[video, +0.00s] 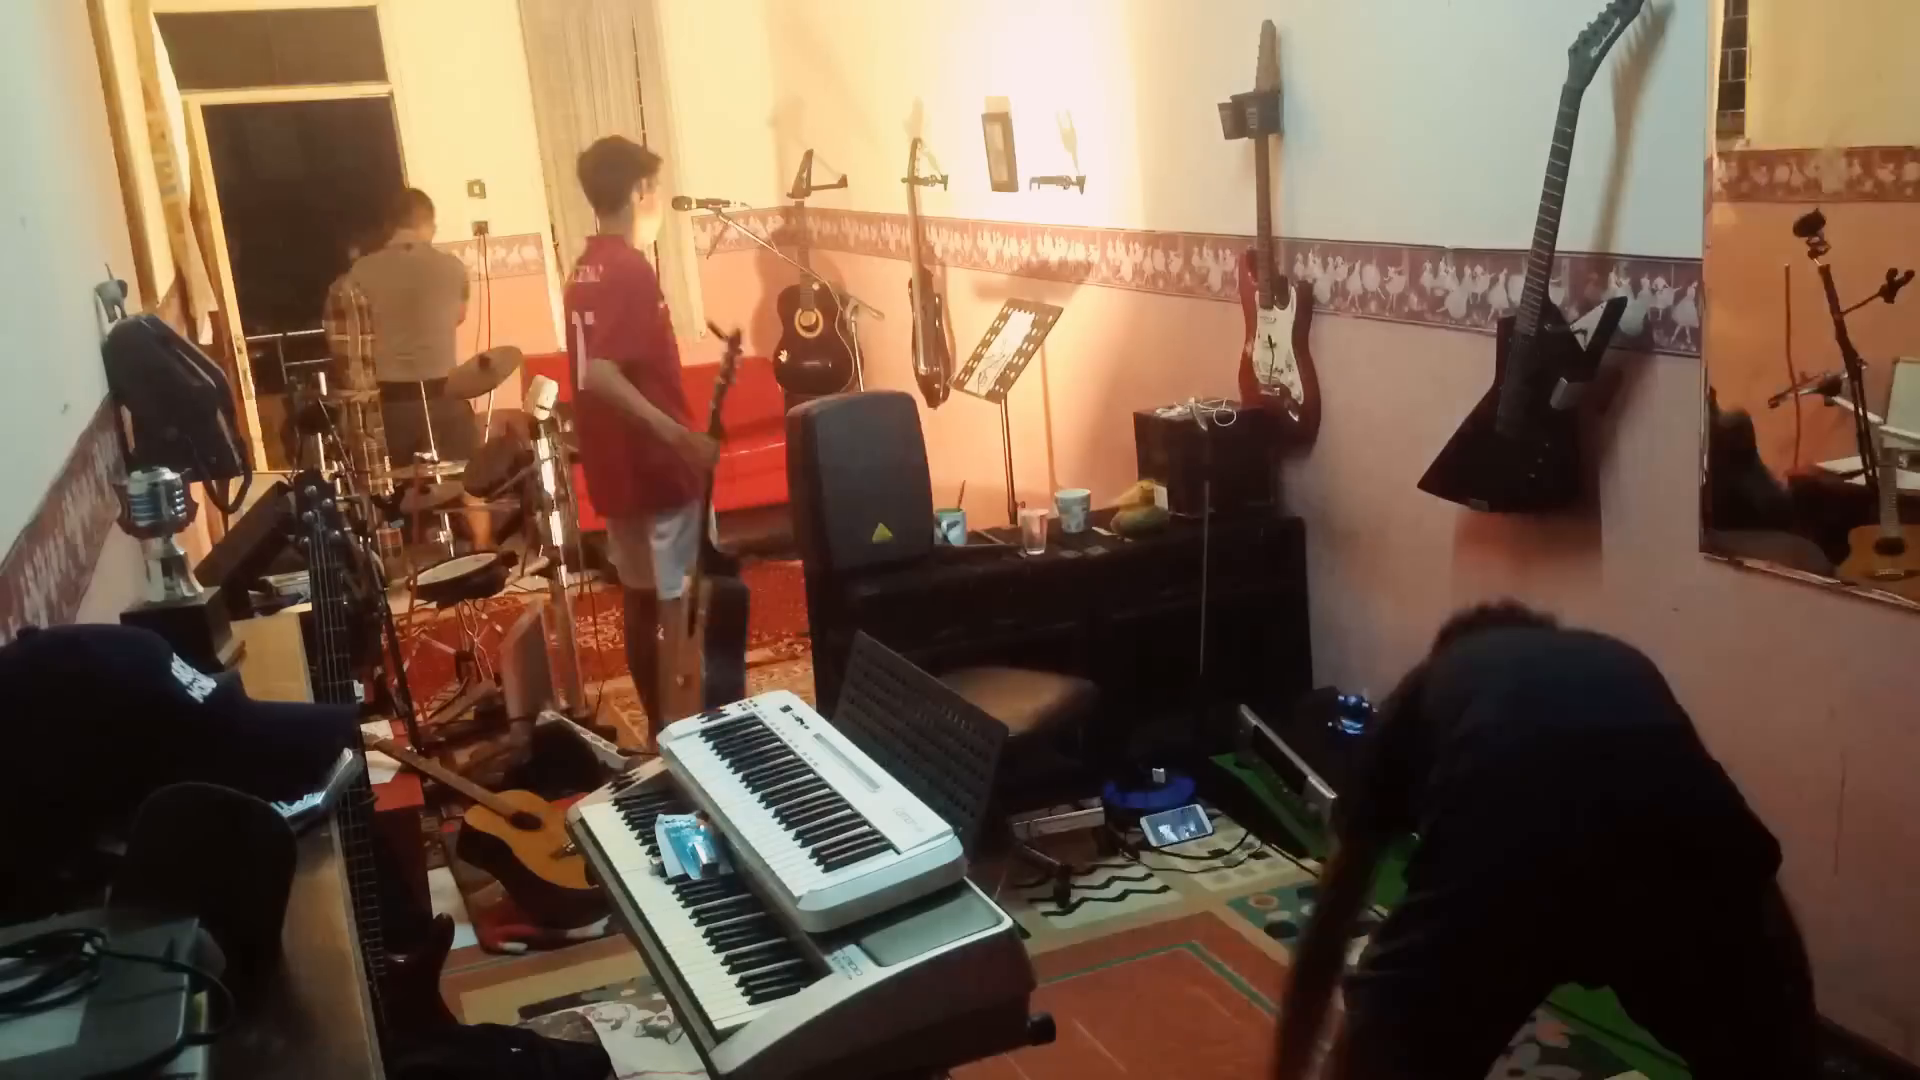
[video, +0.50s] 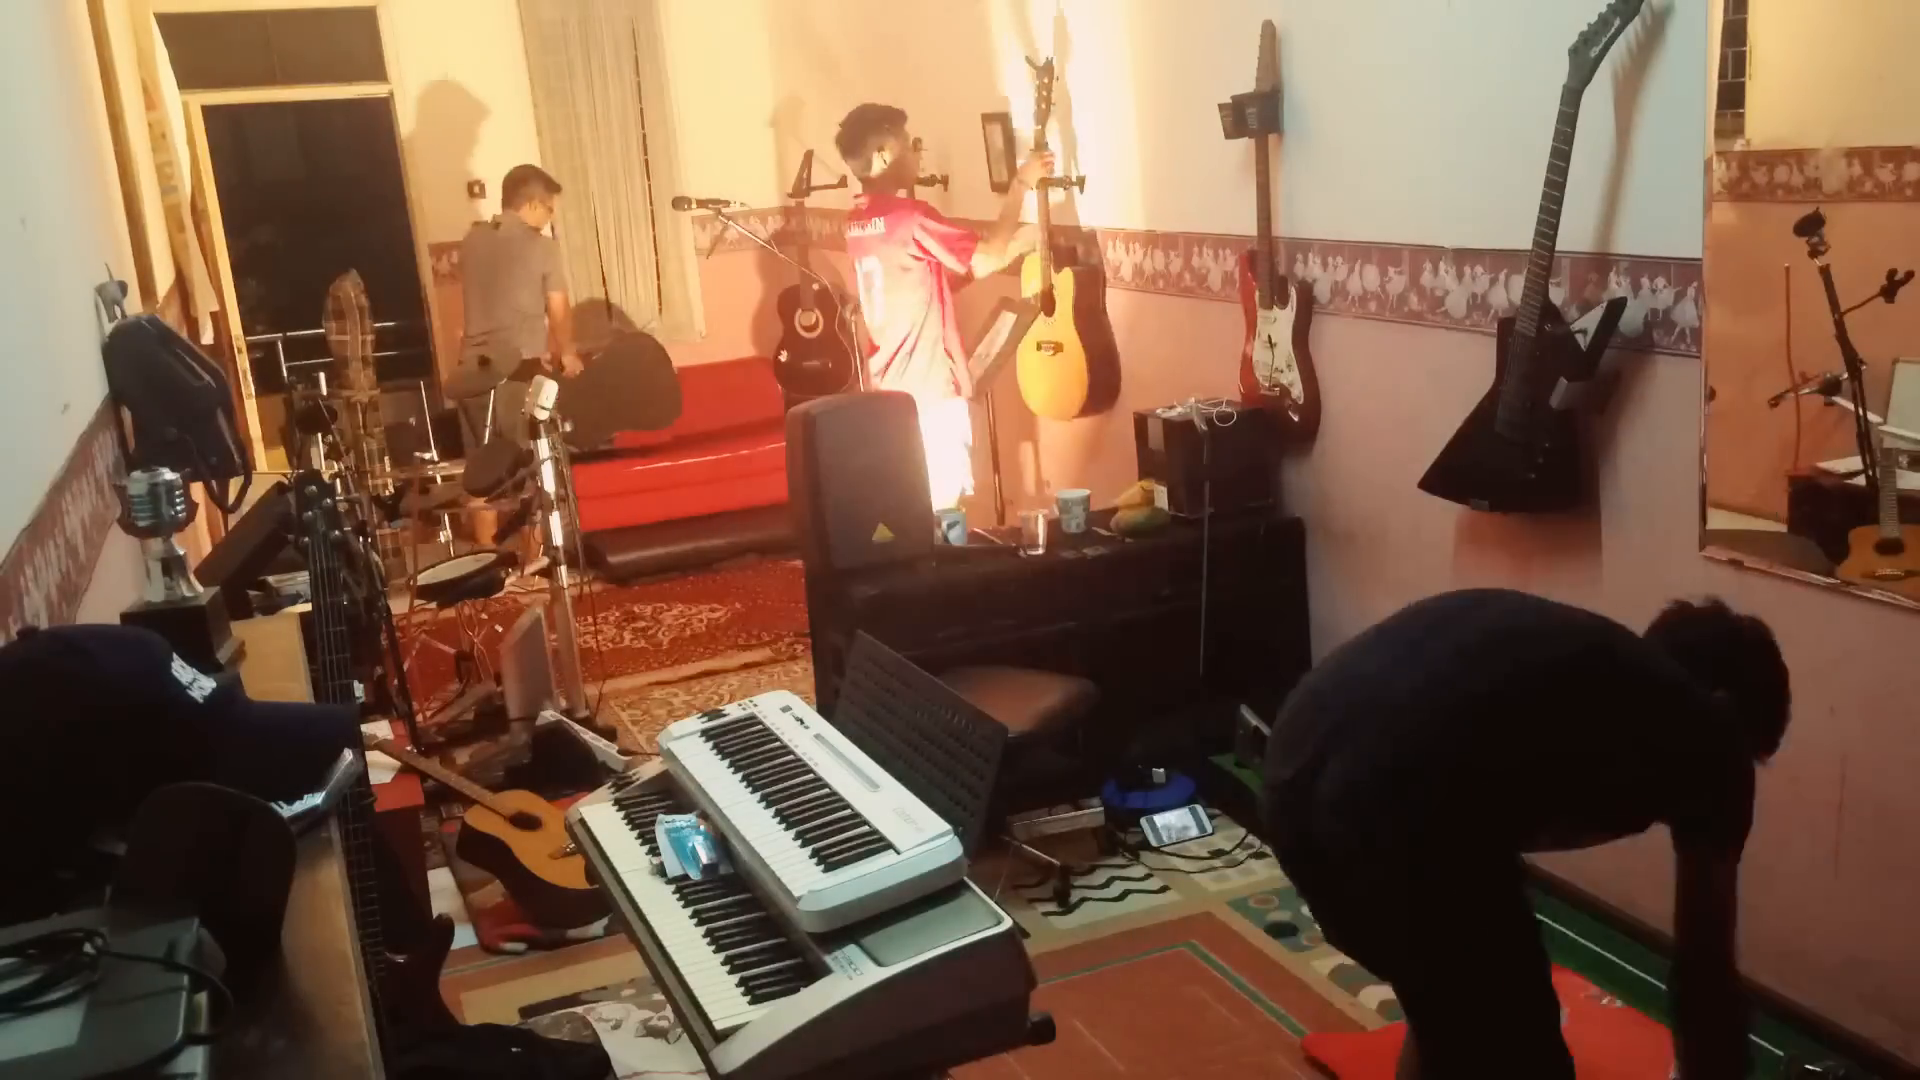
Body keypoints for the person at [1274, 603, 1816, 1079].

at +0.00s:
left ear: (1445, 652)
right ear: (1543, 635)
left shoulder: (1427, 687)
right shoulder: (1623, 662)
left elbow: (1335, 912)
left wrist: (1290, 1063)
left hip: (1495, 896)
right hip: (1689, 891)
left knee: (1389, 1057)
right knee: (1769, 1055)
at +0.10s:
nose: (1621, 494)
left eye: (1626, 473)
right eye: (1621, 473)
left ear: (1490, 453)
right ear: (1595, 471)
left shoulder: (1379, 523)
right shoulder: (1595, 563)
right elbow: (1729, 784)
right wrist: (1825, 834)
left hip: (1281, 831)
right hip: (1429, 842)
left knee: (1340, 1049)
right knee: (1581, 1062)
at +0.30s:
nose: (1860, 706)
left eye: (1881, 685)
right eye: (1874, 676)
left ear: (1788, 587)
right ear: (1832, 637)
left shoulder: (1673, 618)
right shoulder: (1669, 687)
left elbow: (1591, 824)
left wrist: (1747, 945)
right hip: (1320, 801)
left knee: (1456, 1044)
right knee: (1454, 1057)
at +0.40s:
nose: (1725, 574)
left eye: (1736, 557)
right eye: (1734, 554)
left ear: (1631, 493)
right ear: (1715, 536)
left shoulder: (1532, 530)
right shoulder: (1683, 607)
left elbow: (1415, 650)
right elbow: (1733, 833)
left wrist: (1498, 780)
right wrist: (1836, 907)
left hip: (1271, 750)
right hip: (1377, 786)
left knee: (1415, 1016)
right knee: (1504, 1043)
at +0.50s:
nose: (1747, 769)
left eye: (1757, 755)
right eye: (1749, 750)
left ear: (1661, 653)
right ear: (1730, 711)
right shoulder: (1708, 741)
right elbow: (1704, 977)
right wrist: (1714, 1068)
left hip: (1296, 779)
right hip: (1416, 818)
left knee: (1445, 1015)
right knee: (1520, 1046)